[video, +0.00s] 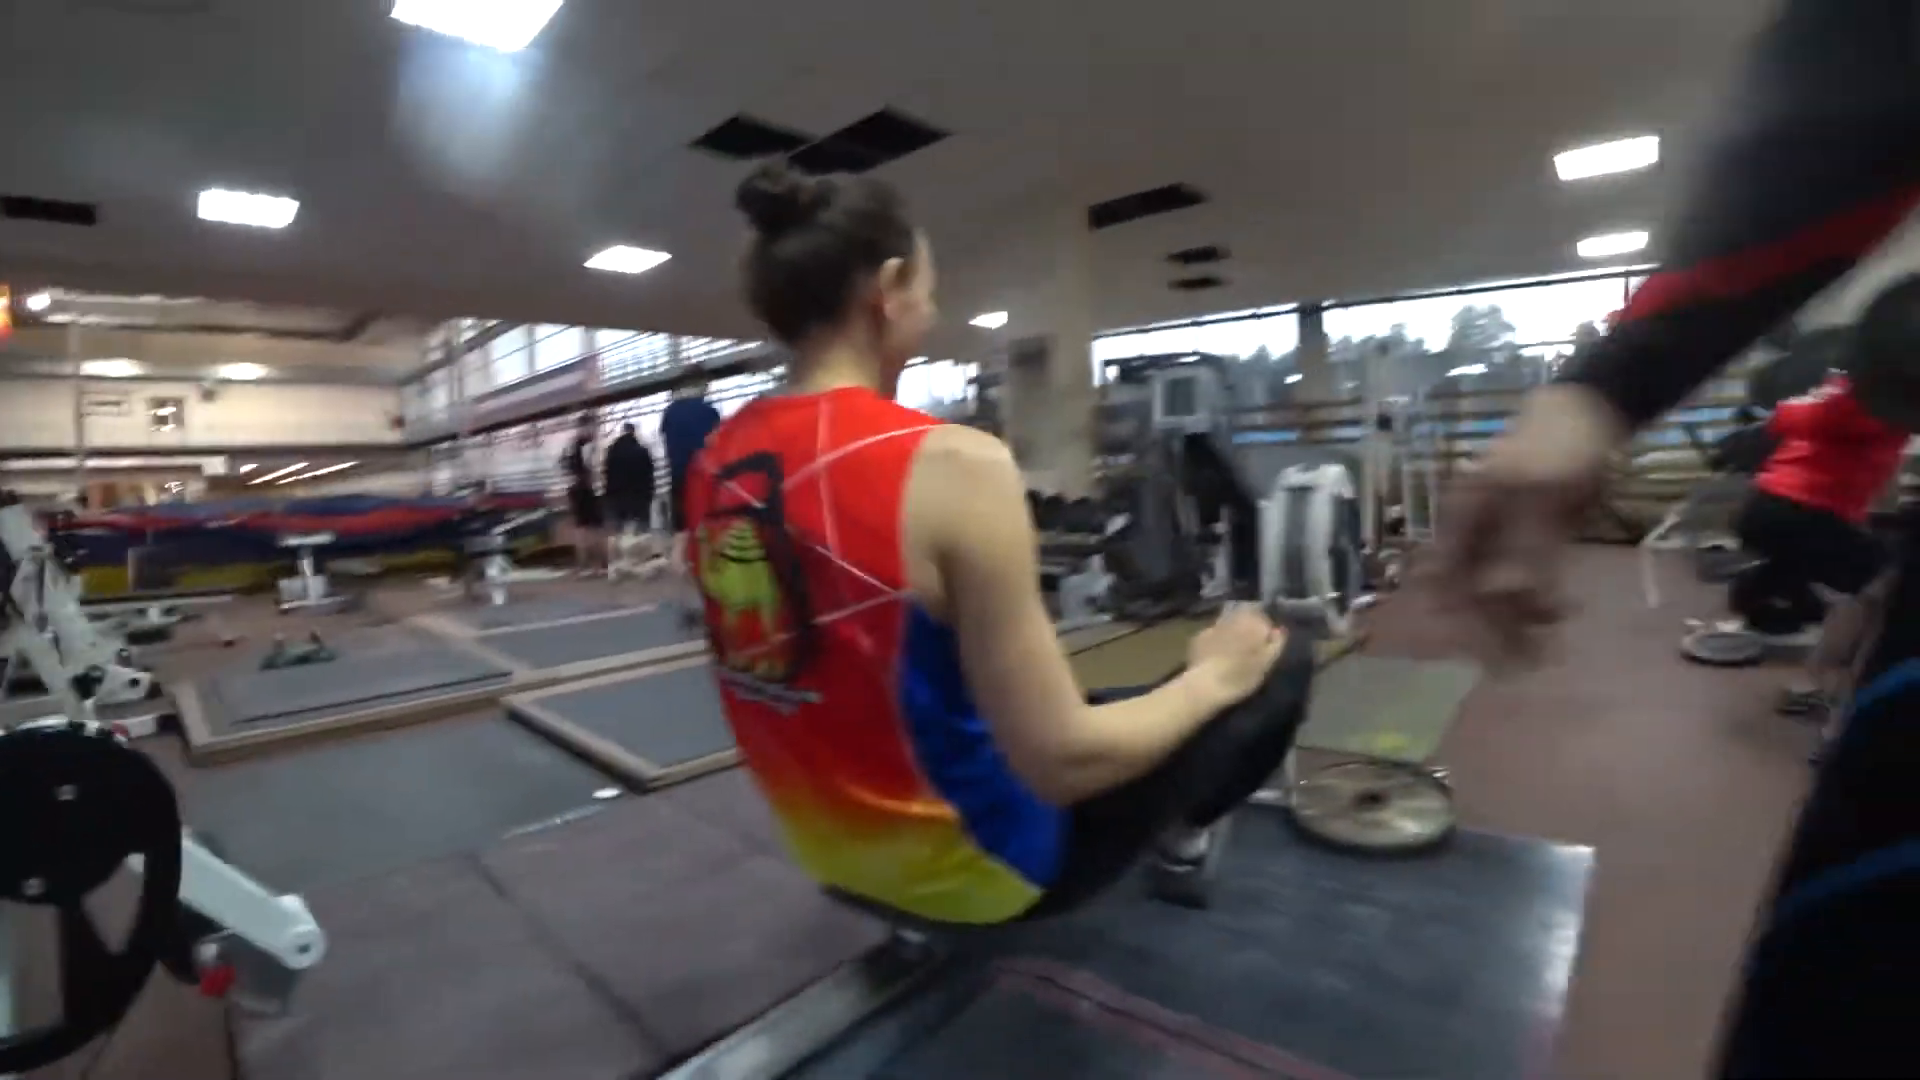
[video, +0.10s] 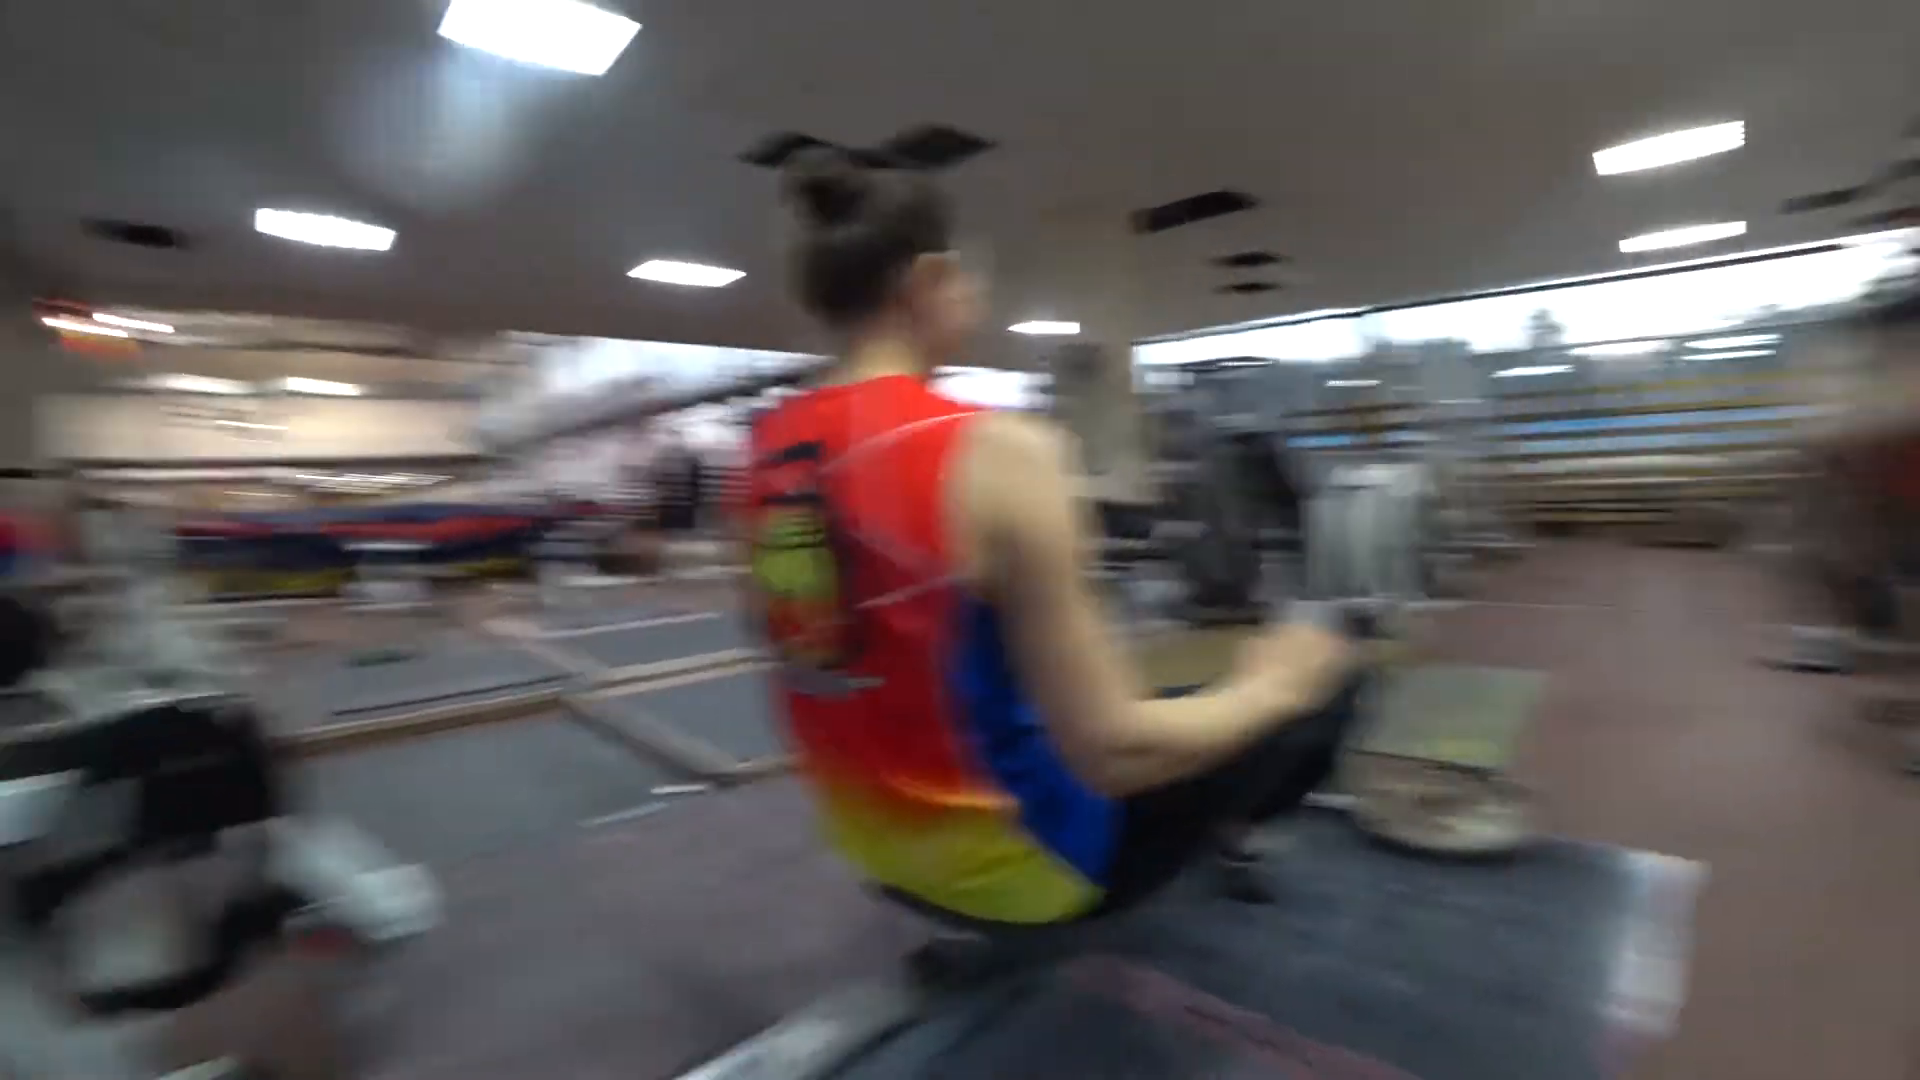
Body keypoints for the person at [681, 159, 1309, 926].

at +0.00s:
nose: (931, 314)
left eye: (931, 291)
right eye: (928, 290)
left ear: (782, 308)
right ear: (886, 294)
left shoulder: (720, 460)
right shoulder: (955, 468)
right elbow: (1059, 762)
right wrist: (1210, 677)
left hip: (838, 867)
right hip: (985, 886)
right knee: (1277, 658)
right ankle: (1186, 837)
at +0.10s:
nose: (978, 302)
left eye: (974, 279)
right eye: (967, 278)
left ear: (824, 295)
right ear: (922, 285)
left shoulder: (776, 448)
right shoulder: (999, 456)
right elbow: (1109, 750)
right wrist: (1267, 687)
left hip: (888, 864)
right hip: (1030, 883)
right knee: (1322, 668)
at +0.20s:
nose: (1196, 289)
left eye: (1188, 261)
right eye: (1177, 261)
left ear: (1035, 285)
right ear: (1126, 273)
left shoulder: (984, 442)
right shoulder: (1196, 438)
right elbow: (1323, 743)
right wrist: (1513, 702)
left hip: (1093, 869)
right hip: (1240, 886)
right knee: (1543, 714)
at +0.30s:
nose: (1462, 274)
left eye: (1457, 243)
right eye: (1444, 243)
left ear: (1290, 271)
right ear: (1385, 254)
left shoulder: (1229, 436)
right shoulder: (1480, 447)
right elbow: (1611, 797)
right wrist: (1817, 788)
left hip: (1310, 917)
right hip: (1474, 950)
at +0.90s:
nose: (1439, 259)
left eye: (1440, 229)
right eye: (1436, 228)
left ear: (1264, 248)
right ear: (1388, 231)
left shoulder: (1193, 400)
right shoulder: (1443, 428)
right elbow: (1533, 854)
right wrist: (1686, 840)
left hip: (1210, 958)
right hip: (1378, 1013)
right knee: (1744, 883)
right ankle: (1814, 1047)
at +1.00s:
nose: (1515, 249)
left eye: (1512, 220)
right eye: (1507, 217)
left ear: (1336, 253)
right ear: (1461, 225)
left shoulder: (1271, 411)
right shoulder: (1535, 432)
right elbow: (1633, 869)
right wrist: (1782, 833)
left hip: (1305, 977)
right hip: (1487, 1023)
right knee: (1875, 868)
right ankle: (1891, 1041)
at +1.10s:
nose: (1519, 247)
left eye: (1514, 217)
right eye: (1512, 217)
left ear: (1341, 265)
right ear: (1471, 232)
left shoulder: (1283, 424)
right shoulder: (1549, 436)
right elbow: (1643, 861)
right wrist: (1797, 809)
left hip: (1321, 967)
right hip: (1504, 1019)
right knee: (1875, 846)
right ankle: (1895, 1040)